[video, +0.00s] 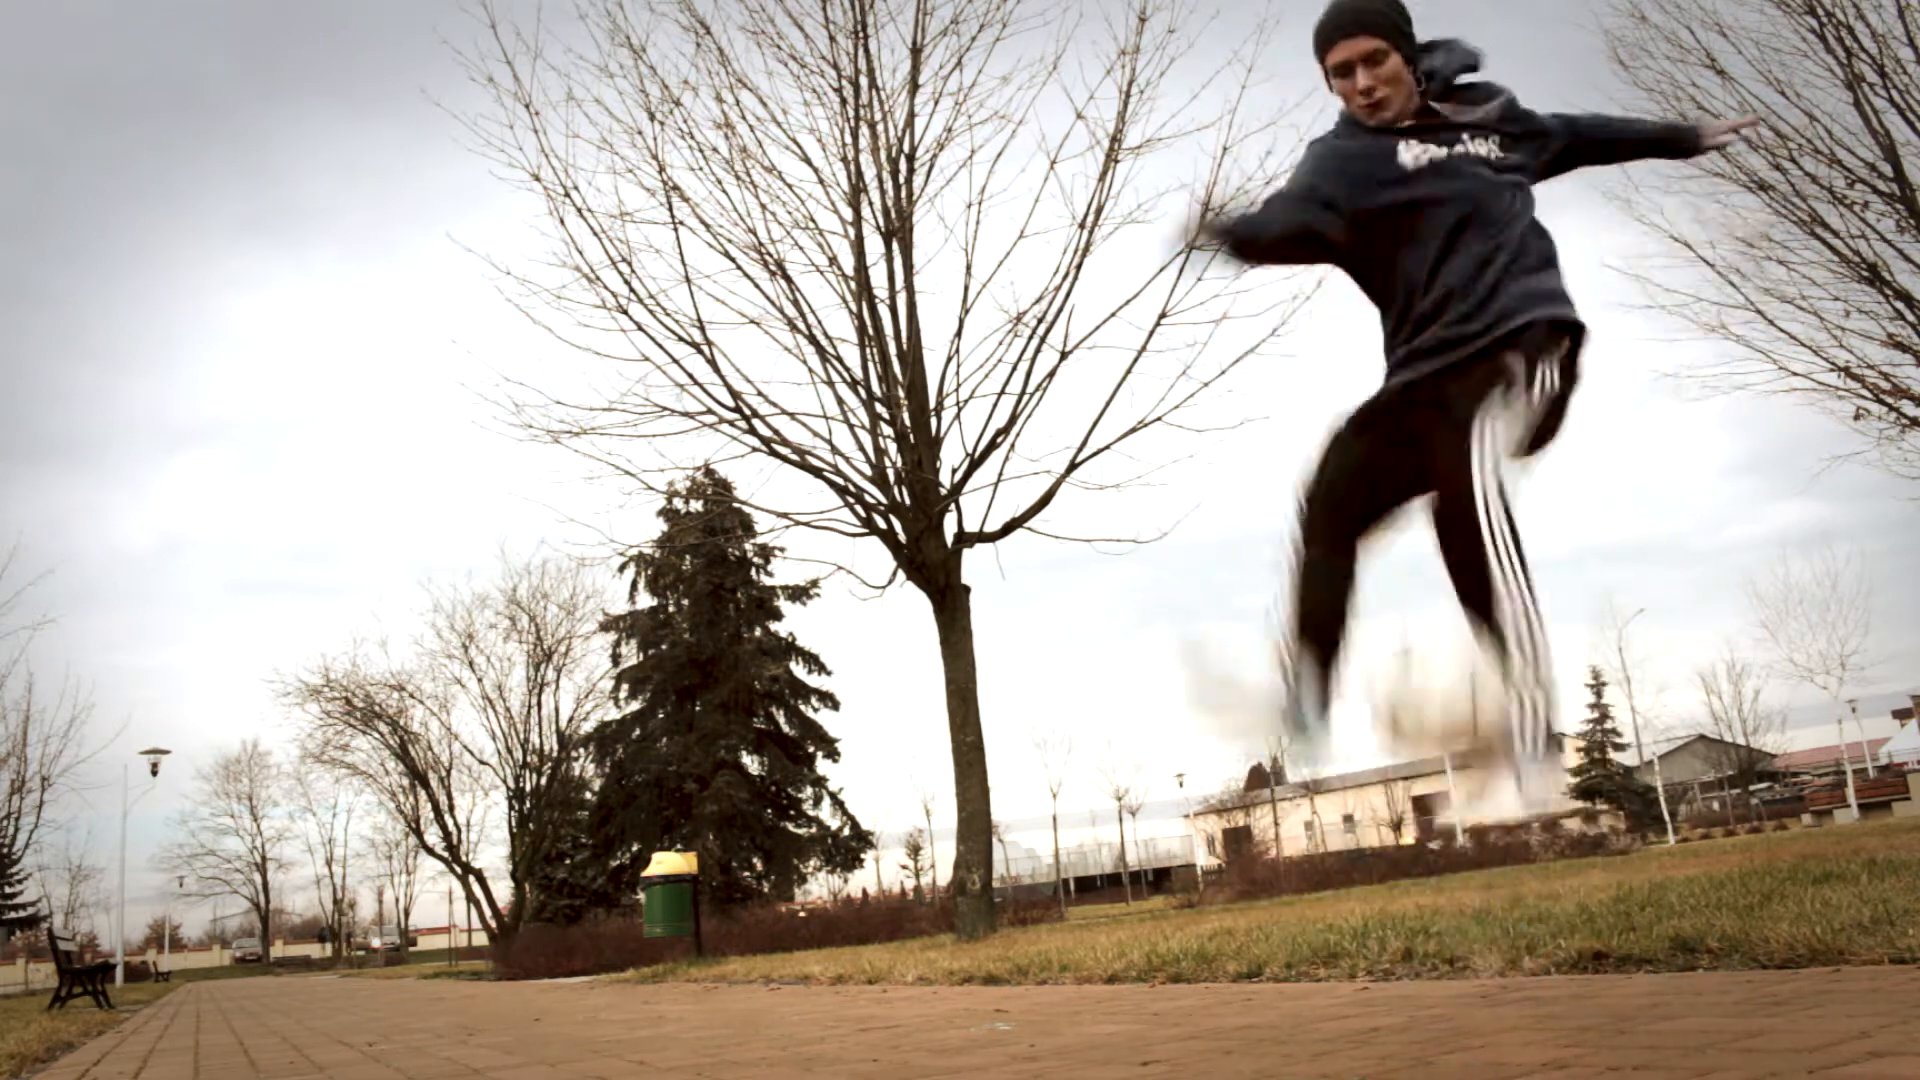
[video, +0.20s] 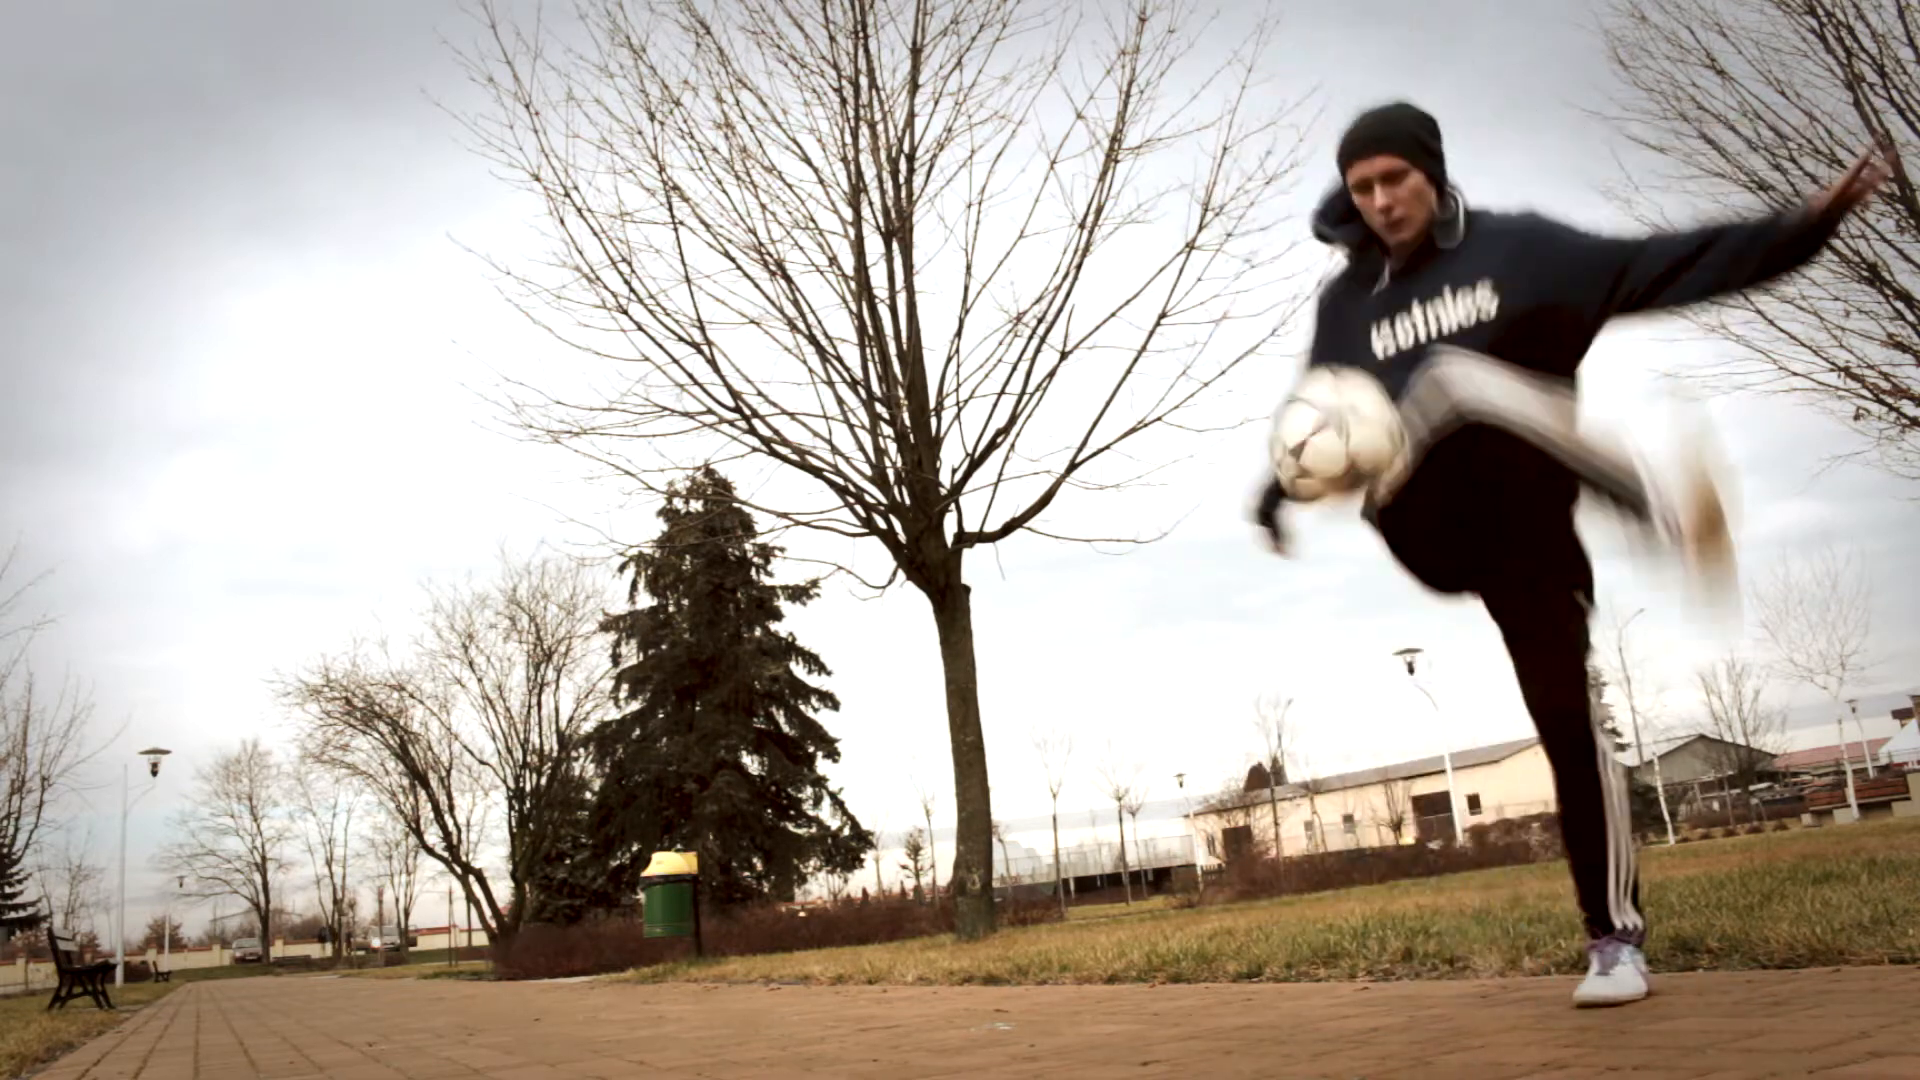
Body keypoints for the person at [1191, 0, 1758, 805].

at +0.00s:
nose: (1363, 82)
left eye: (1374, 60)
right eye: (1343, 73)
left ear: (1409, 52)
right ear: (1330, 84)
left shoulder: (1490, 124)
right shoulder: (1339, 159)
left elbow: (1586, 135)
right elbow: (1293, 223)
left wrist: (1687, 137)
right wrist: (1227, 232)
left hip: (1526, 338)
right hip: (1427, 373)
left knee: (1469, 492)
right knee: (1331, 507)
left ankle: (1533, 720)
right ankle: (1304, 715)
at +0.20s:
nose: (1382, 201)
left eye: (1395, 179)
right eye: (1364, 189)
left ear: (1434, 175)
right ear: (1350, 200)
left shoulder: (1520, 248)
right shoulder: (1345, 303)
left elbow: (1659, 265)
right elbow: (1322, 410)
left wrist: (1805, 226)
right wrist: (1282, 486)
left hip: (1527, 519)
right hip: (1430, 539)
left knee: (1567, 724)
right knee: (1451, 379)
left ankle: (1612, 938)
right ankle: (1665, 509)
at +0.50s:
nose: (1357, 176)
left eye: (1371, 155)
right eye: (1345, 164)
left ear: (1424, 145)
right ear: (1342, 174)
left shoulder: (1504, 211)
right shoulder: (1351, 277)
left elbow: (1657, 260)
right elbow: (1292, 381)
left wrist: (1813, 266)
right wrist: (1171, 435)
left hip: (1464, 505)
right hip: (1386, 518)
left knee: (1302, 676)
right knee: (1379, 737)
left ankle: (1429, 855)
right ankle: (1472, 950)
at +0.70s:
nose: (1292, 207)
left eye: (1300, 184)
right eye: (1279, 196)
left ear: (1353, 163)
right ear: (1285, 198)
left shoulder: (1460, 204)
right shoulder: (1299, 285)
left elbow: (1591, 232)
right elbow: (1172, 335)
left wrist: (1704, 198)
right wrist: (1037, 303)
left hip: (1461, 436)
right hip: (1411, 502)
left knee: (1236, 361)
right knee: (1384, 731)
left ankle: (1033, 444)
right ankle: (1479, 950)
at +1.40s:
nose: (1243, 86)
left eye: (1254, 63)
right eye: (1228, 73)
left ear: (1301, 42)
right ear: (1226, 75)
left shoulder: (1382, 100)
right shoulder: (1248, 149)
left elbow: (1464, 97)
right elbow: (1203, 223)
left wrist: (1510, 40)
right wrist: (1097, 241)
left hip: (1379, 366)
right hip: (1279, 377)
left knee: (1269, 506)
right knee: (1216, 551)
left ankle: (1252, 732)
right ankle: (1220, 795)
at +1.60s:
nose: (1211, 199)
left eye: (1223, 175)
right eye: (1195, 184)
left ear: (1267, 159)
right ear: (1186, 188)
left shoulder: (1359, 227)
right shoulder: (1201, 296)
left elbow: (1474, 325)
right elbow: (1126, 410)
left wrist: (1592, 425)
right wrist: (1017, 505)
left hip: (1399, 486)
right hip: (1312, 508)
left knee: (1166, 591)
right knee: (1311, 758)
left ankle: (1058, 806)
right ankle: (1356, 973)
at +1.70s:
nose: (1224, 204)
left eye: (1236, 182)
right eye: (1204, 193)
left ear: (1269, 173)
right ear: (1186, 203)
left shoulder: (1353, 241)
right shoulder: (1196, 312)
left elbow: (1464, 335)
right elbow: (1131, 440)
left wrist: (1600, 408)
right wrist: (1007, 541)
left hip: (1395, 532)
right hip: (1302, 549)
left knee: (1250, 697)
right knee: (1290, 757)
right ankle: (1352, 972)